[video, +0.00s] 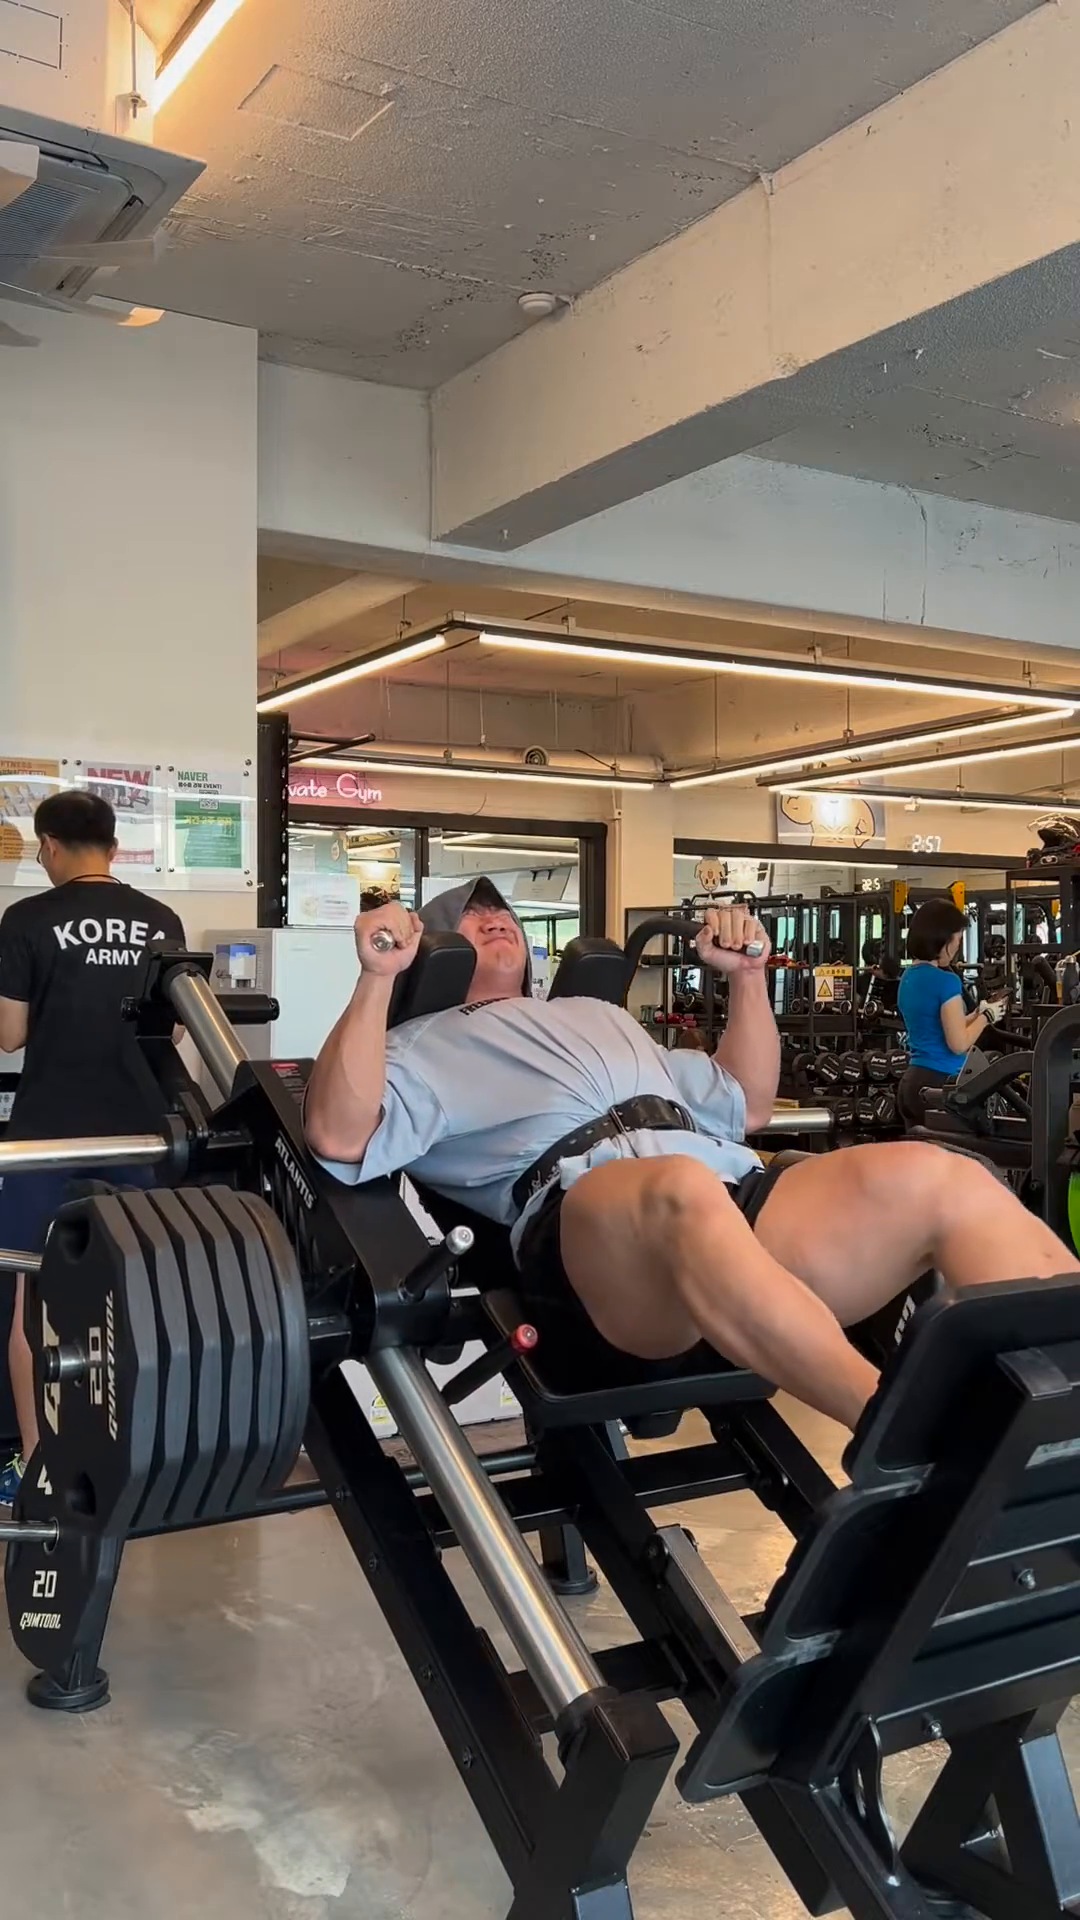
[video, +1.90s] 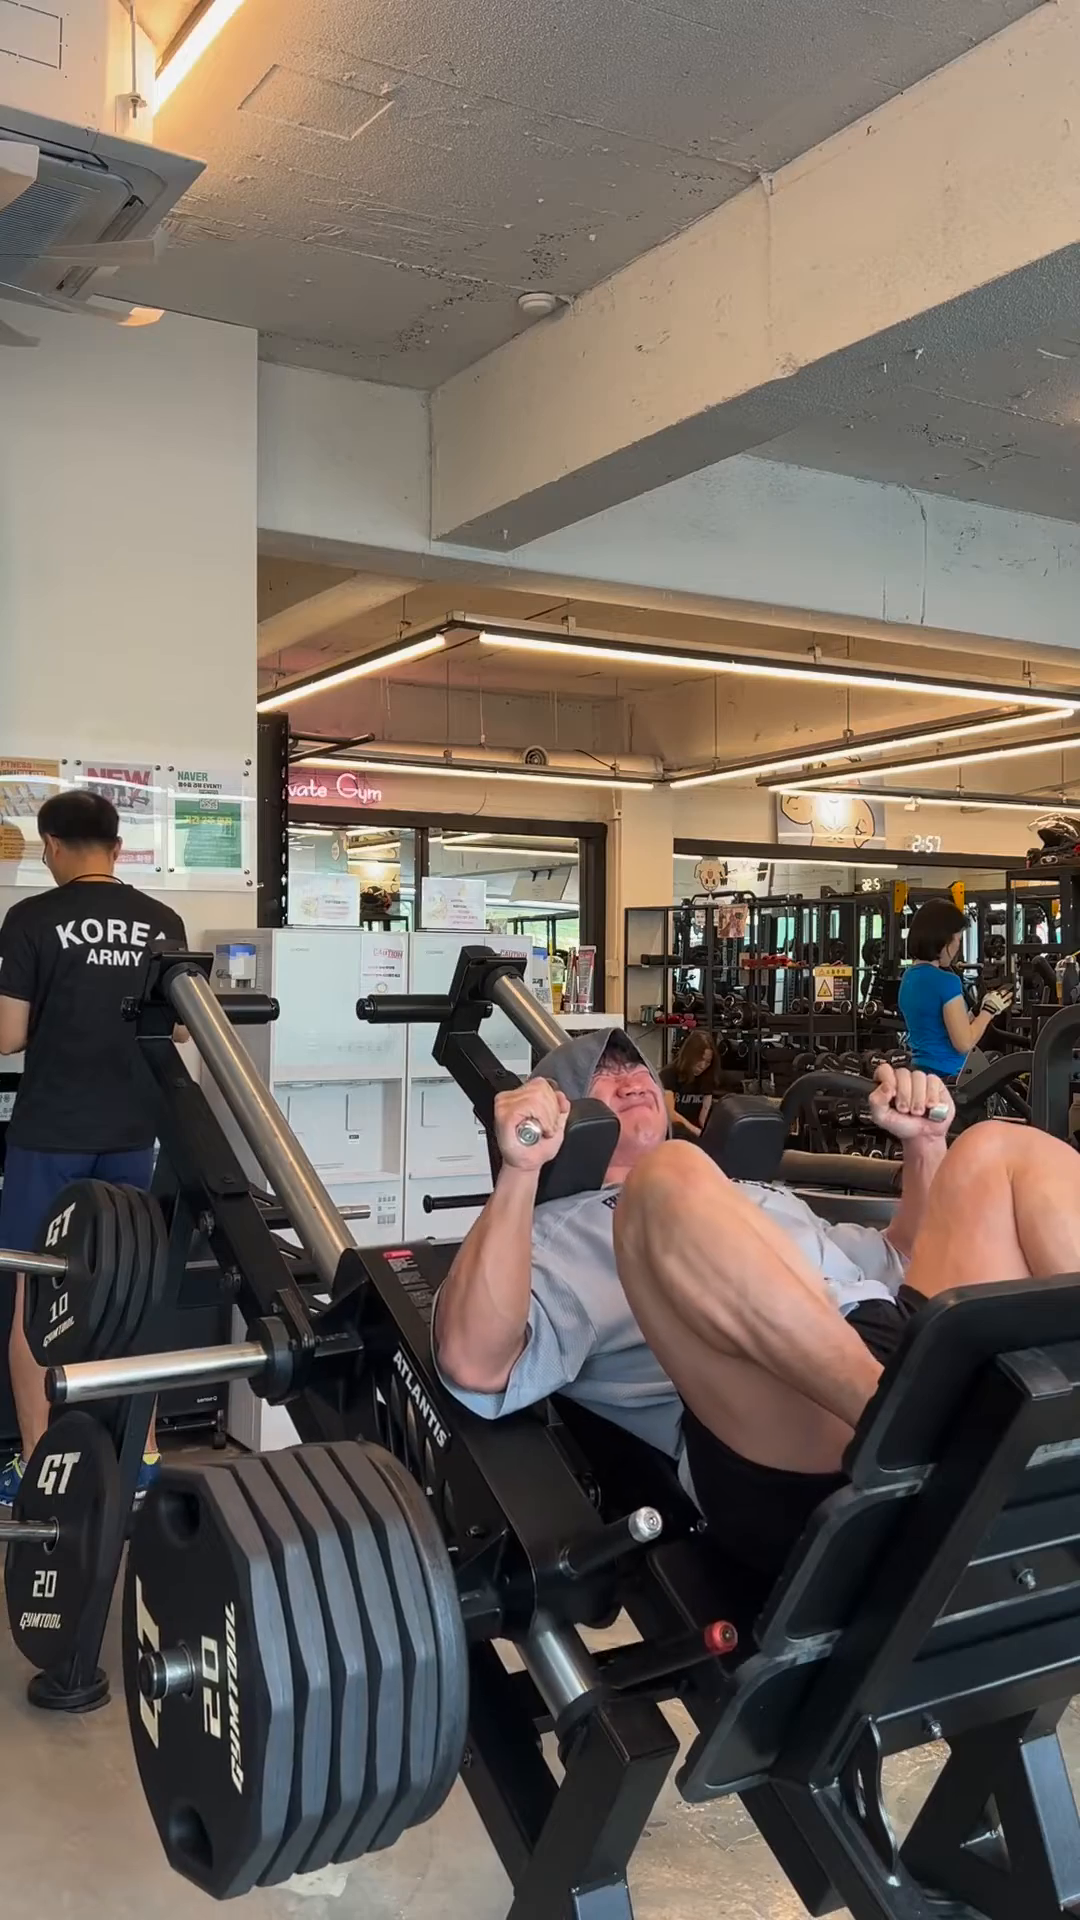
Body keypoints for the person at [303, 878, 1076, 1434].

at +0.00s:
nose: (495, 923)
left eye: (504, 916)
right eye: (472, 919)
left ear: (528, 947)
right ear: (441, 960)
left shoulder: (602, 1022)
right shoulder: (426, 1048)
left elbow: (744, 1102)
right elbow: (339, 1135)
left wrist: (745, 978)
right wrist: (376, 983)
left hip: (733, 1208)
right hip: (581, 1246)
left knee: (947, 1182)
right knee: (681, 1193)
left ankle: (1078, 1370)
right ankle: (902, 1427)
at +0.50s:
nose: (531, 964)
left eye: (540, 956)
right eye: (508, 958)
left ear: (564, 991)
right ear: (472, 1004)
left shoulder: (644, 1071)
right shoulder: (461, 1103)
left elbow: (794, 1158)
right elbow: (374, 1198)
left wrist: (796, 1024)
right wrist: (417, 1034)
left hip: (799, 1294)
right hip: (648, 1350)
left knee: (979, 1151)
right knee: (676, 1162)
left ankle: (1077, 1379)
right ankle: (891, 1417)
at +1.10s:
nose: (587, 1023)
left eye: (594, 1012)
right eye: (558, 1016)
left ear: (615, 1046)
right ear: (516, 1057)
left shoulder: (693, 1142)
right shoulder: (508, 1179)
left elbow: (858, 1215)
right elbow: (426, 1288)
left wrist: (863, 1089)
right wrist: (469, 1112)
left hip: (873, 1372)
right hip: (722, 1445)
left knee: (1002, 1145)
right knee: (678, 1158)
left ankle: (1069, 1392)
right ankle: (891, 1406)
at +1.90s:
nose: (629, 1077)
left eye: (635, 1063)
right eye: (599, 1072)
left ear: (662, 1096)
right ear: (559, 1114)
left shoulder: (763, 1200)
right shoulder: (555, 1239)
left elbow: (902, 1270)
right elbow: (474, 1364)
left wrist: (921, 1153)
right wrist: (516, 1177)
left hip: (917, 1395)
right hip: (781, 1481)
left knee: (1001, 1148)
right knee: (667, 1177)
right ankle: (892, 1417)